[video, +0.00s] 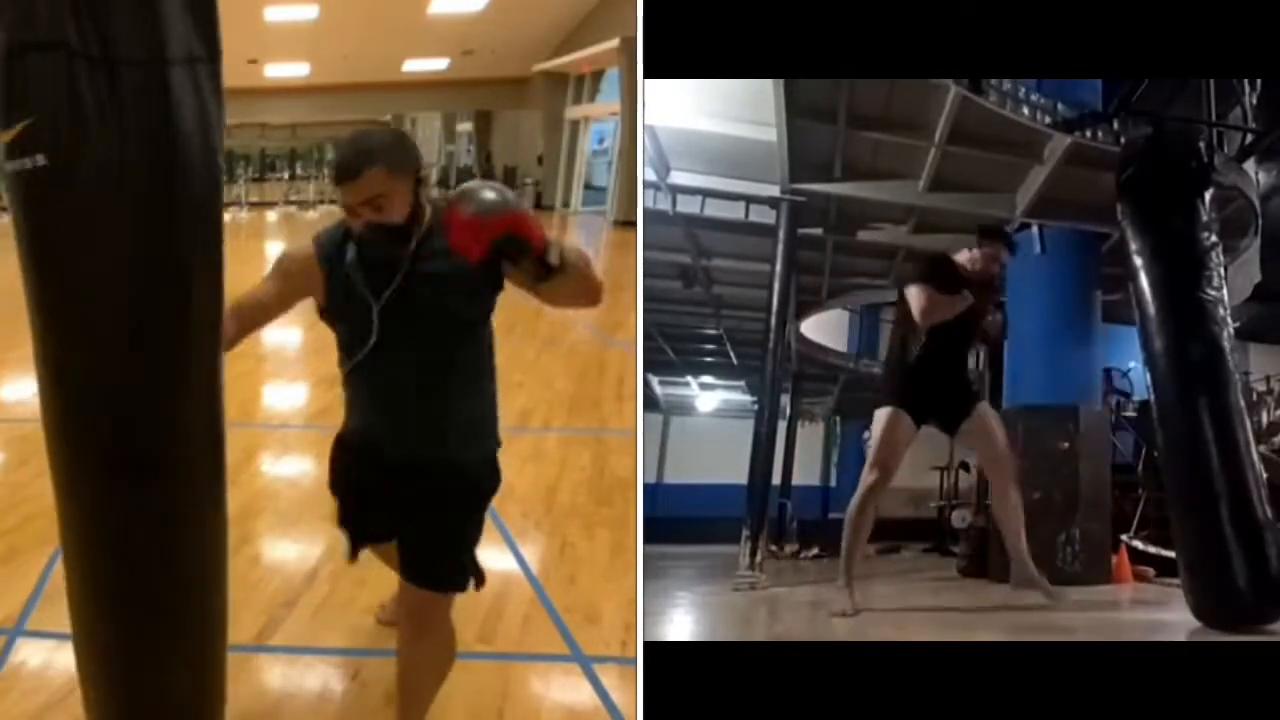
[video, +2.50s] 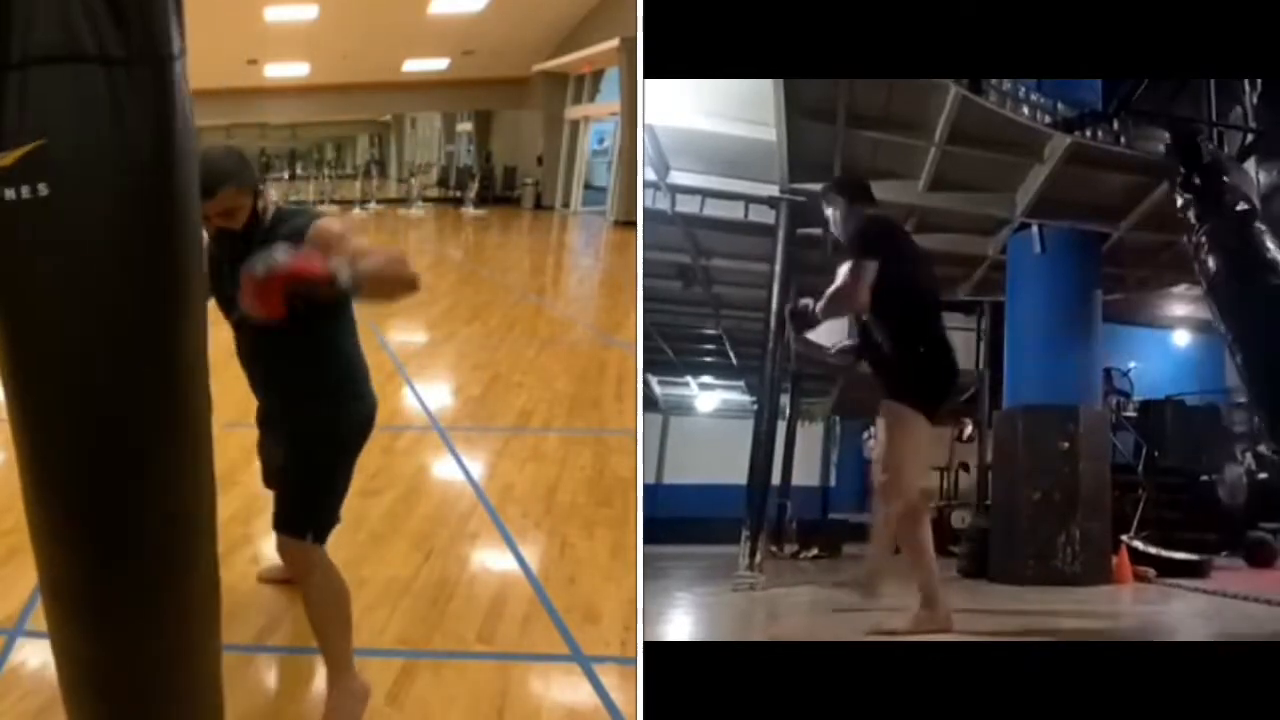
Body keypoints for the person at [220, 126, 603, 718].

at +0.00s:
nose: (364, 221)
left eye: (378, 204)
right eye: (351, 208)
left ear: (416, 186)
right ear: (338, 199)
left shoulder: (472, 238)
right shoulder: (321, 260)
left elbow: (586, 292)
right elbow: (238, 318)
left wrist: (535, 245)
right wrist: (180, 354)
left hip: (454, 453)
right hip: (369, 446)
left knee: (422, 606)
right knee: (377, 534)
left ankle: (410, 712)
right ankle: (421, 586)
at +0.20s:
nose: (363, 198)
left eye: (377, 185)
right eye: (354, 185)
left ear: (419, 174)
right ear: (347, 179)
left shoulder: (484, 237)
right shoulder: (331, 246)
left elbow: (554, 325)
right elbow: (276, 301)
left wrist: (481, 292)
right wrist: (265, 337)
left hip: (437, 447)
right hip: (357, 435)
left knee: (422, 592)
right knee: (359, 523)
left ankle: (409, 711)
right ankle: (380, 576)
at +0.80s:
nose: (329, 188)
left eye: (342, 176)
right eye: (322, 176)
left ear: (378, 166)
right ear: (316, 169)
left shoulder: (433, 227)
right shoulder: (320, 234)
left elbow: (486, 307)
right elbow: (306, 303)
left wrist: (405, 318)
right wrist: (288, 308)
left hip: (404, 404)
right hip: (344, 395)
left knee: (368, 542)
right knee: (363, 504)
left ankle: (343, 681)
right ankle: (385, 591)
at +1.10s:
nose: (319, 201)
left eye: (333, 188)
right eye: (311, 186)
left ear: (370, 178)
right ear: (304, 176)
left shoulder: (414, 237)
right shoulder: (304, 228)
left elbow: (424, 339)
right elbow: (243, 294)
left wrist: (365, 282)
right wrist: (239, 260)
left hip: (379, 420)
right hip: (317, 408)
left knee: (353, 557)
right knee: (333, 503)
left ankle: (339, 686)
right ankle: (376, 574)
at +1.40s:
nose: (303, 183)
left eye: (316, 171)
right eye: (296, 171)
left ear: (343, 172)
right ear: (282, 175)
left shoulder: (387, 235)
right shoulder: (274, 218)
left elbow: (367, 330)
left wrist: (334, 233)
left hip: (350, 425)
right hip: (286, 405)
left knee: (343, 561)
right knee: (282, 485)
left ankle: (335, 684)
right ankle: (293, 560)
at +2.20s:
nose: (236, 193)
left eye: (243, 180)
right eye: (229, 181)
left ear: (265, 177)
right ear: (223, 184)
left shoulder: (319, 228)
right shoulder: (217, 231)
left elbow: (377, 300)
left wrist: (322, 284)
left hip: (305, 396)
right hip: (245, 391)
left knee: (281, 527)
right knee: (254, 490)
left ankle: (320, 664)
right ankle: (278, 560)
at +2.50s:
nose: (222, 225)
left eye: (231, 212)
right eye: (212, 215)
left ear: (256, 195)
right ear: (198, 208)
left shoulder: (307, 231)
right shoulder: (214, 246)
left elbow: (402, 275)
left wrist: (328, 273)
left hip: (333, 406)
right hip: (278, 402)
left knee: (299, 545)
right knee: (285, 485)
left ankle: (346, 684)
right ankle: (303, 563)